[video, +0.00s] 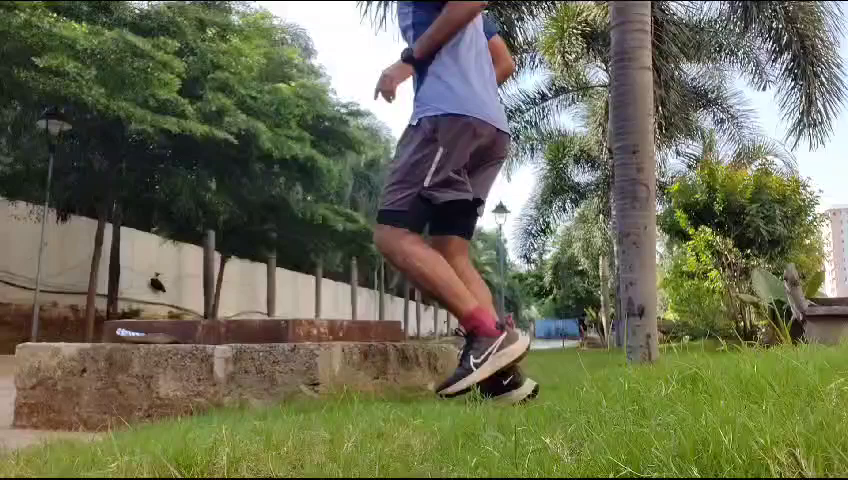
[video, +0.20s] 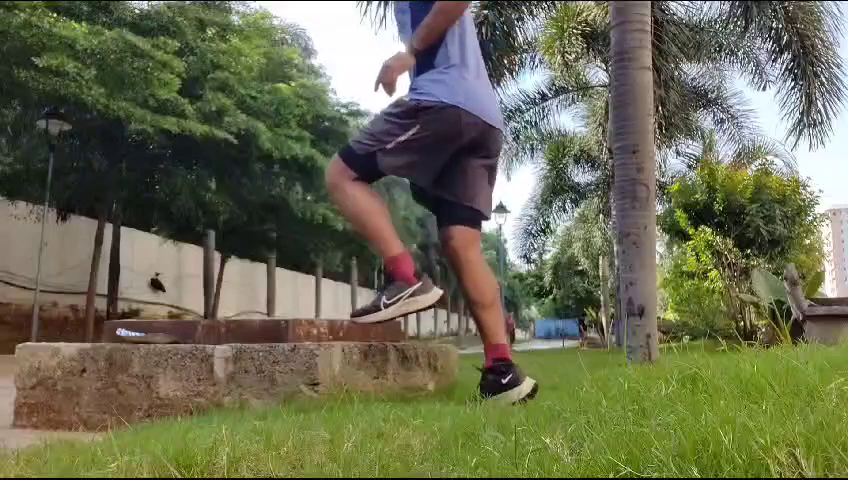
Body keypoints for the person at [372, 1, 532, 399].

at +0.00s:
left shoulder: (423, 3)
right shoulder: (468, 13)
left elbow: (470, 4)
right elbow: (504, 61)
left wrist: (409, 60)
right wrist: (453, 91)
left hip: (448, 111)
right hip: (492, 123)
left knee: (392, 235)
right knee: (451, 249)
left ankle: (487, 331)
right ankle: (504, 376)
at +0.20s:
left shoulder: (424, 7)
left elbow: (458, 3)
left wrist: (410, 51)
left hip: (441, 97)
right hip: (488, 114)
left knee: (342, 175)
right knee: (462, 241)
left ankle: (404, 276)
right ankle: (501, 369)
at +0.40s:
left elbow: (401, 2)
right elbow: (480, 17)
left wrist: (374, 26)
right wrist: (439, 47)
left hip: (423, 66)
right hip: (468, 76)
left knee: (370, 184)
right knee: (413, 197)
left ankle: (396, 309)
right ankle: (464, 309)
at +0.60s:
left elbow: (366, 3)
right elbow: (494, 3)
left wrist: (354, 10)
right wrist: (457, 30)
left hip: (428, 55)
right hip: (469, 66)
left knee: (393, 180)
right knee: (423, 190)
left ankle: (454, 299)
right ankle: (425, 305)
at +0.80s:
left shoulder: (413, 0)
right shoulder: (475, 3)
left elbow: (416, 5)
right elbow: (518, 20)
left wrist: (382, 29)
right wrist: (476, 61)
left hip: (446, 105)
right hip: (486, 110)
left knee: (451, 242)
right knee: (390, 196)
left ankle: (499, 374)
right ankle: (448, 290)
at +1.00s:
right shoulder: (476, 5)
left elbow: (457, 3)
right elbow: (511, 38)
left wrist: (403, 55)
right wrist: (469, 89)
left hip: (442, 107)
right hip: (475, 113)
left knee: (426, 242)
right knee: (431, 243)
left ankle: (496, 368)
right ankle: (478, 364)